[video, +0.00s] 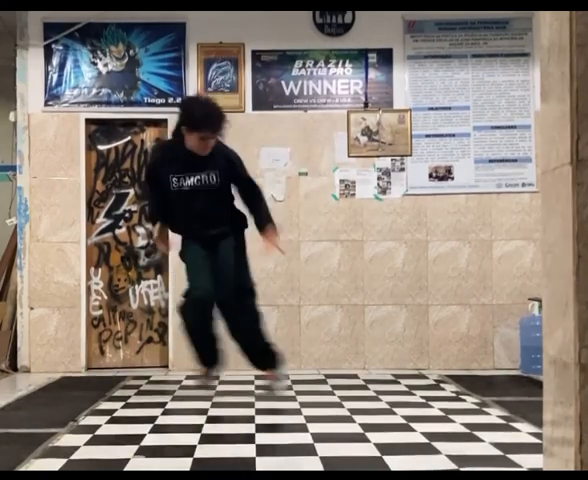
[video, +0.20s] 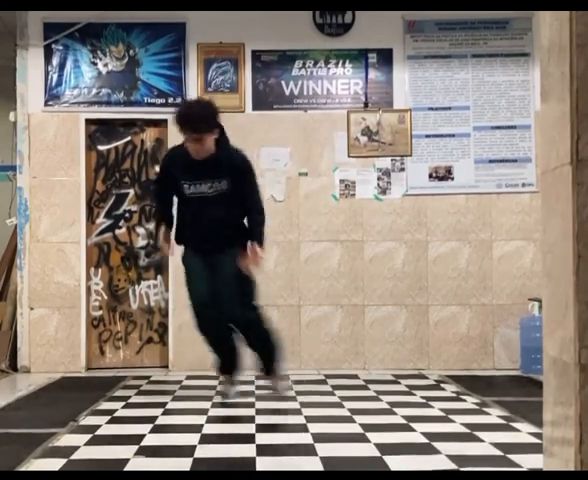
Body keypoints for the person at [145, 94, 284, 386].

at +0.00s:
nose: (209, 145)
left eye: (213, 138)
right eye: (203, 139)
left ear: (218, 132)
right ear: (185, 132)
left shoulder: (223, 156)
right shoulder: (163, 157)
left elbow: (247, 188)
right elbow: (155, 191)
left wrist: (265, 222)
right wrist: (161, 223)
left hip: (227, 234)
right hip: (193, 238)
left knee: (235, 297)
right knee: (200, 297)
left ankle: (267, 363)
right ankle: (209, 361)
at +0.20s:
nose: (196, 146)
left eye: (201, 140)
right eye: (190, 140)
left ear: (215, 133)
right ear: (183, 136)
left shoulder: (234, 161)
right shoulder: (174, 161)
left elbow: (253, 204)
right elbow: (163, 194)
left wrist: (255, 238)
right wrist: (165, 226)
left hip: (232, 248)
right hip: (195, 250)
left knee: (237, 308)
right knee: (205, 312)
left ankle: (270, 361)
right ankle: (228, 363)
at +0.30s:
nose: (170, 152)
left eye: (174, 145)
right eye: (167, 146)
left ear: (194, 140)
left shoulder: (233, 151)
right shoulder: (176, 178)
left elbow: (258, 172)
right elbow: (165, 226)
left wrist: (249, 209)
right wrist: (154, 267)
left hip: (228, 238)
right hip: (192, 241)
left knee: (203, 298)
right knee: (177, 298)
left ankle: (190, 365)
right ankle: (181, 364)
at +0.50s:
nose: (205, 149)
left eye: (209, 142)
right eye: (198, 143)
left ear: (217, 138)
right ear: (184, 140)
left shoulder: (234, 162)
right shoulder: (179, 173)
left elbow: (272, 186)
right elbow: (167, 213)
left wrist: (290, 211)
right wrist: (154, 242)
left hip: (238, 245)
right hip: (201, 251)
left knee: (218, 295)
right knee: (172, 312)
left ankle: (222, 361)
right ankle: (152, 372)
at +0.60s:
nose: (236, 156)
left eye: (239, 150)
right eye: (230, 150)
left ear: (242, 146)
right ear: (212, 144)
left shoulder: (248, 174)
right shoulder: (191, 164)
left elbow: (285, 194)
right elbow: (159, 169)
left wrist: (329, 203)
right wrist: (138, 179)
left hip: (244, 260)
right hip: (210, 261)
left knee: (249, 313)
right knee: (193, 317)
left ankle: (305, 373)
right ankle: (198, 370)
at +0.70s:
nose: (245, 170)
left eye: (249, 163)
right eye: (240, 164)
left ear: (252, 160)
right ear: (221, 159)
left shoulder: (260, 191)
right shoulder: (200, 173)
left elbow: (297, 206)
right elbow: (167, 144)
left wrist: (338, 210)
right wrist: (131, 130)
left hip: (261, 275)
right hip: (226, 275)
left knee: (287, 336)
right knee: (208, 334)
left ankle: (333, 386)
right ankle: (220, 378)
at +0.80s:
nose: (241, 167)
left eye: (245, 160)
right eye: (235, 160)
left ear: (251, 157)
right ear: (218, 155)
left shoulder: (255, 183)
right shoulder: (194, 171)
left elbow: (278, 227)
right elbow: (159, 164)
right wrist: (129, 171)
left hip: (264, 266)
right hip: (225, 269)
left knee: (296, 322)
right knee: (216, 327)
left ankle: (328, 384)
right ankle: (222, 381)